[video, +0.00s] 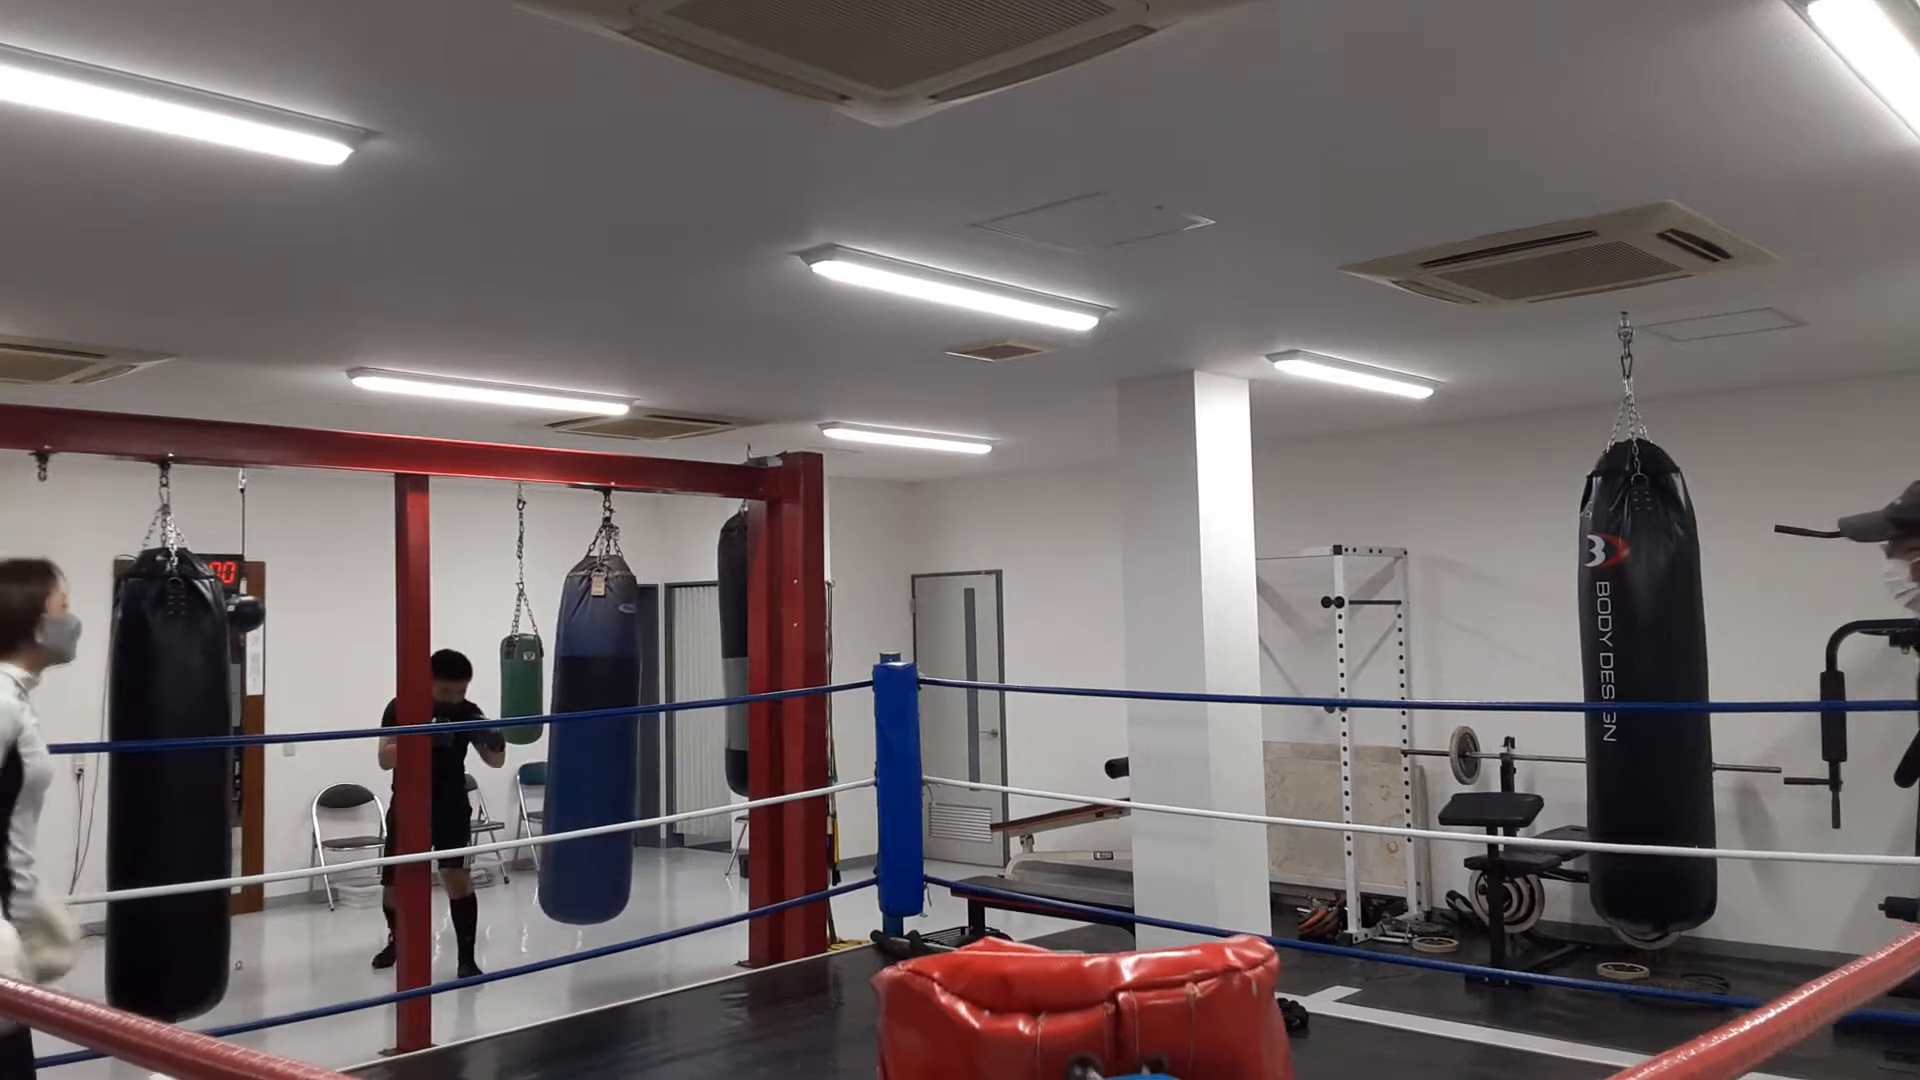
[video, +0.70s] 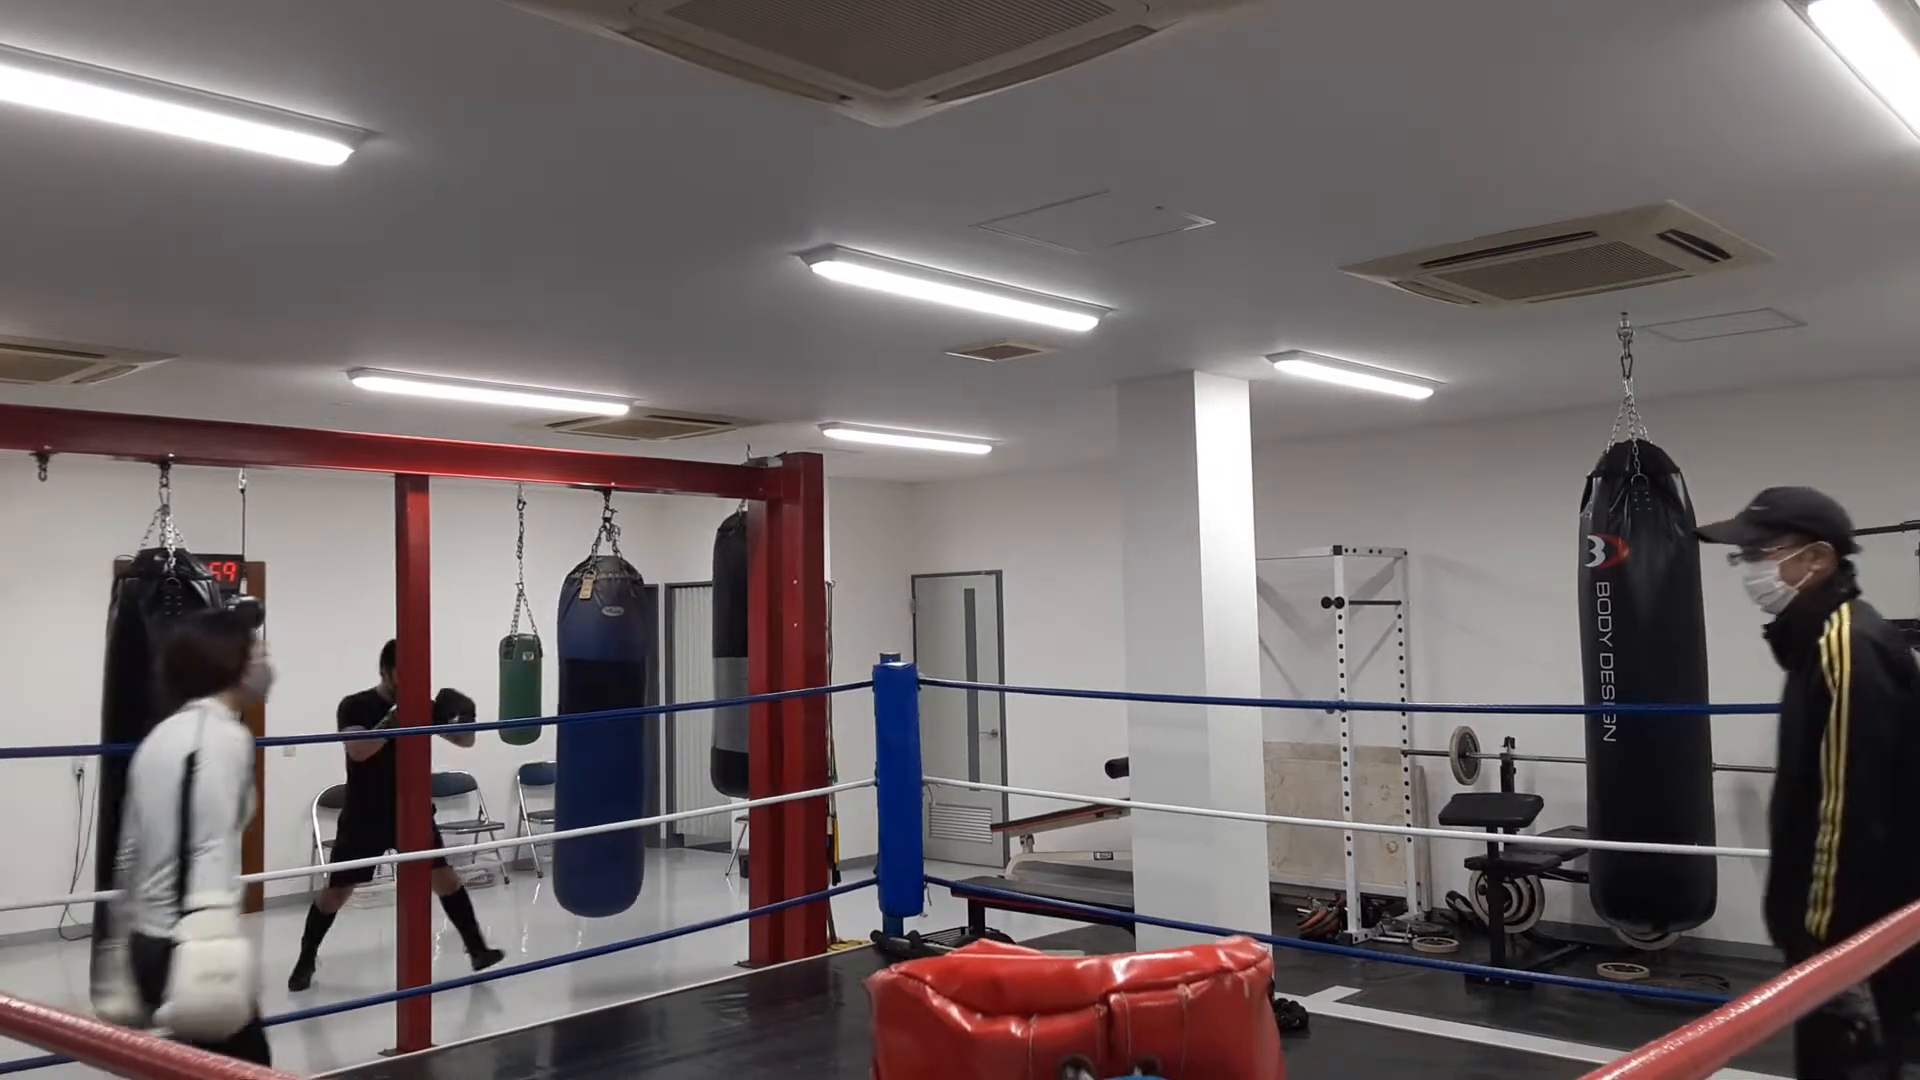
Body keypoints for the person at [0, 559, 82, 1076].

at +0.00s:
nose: (74, 621)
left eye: (69, 607)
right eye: (64, 609)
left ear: (31, 623)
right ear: (36, 622)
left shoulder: (20, 705)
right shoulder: (8, 710)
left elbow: (15, 835)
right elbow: (9, 841)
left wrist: (35, 910)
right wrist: (15, 925)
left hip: (18, 911)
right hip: (7, 922)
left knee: (18, 1061)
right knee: (16, 1064)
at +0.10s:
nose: (84, 658)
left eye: (79, 645)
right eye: (73, 646)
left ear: (34, 660)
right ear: (43, 659)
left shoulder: (26, 740)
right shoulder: (15, 747)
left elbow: (14, 870)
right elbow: (1, 884)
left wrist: (27, 973)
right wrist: (28, 983)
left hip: (18, 944)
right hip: (10, 950)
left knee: (41, 1044)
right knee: (38, 1041)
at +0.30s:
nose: (129, 639)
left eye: (126, 627)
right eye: (120, 629)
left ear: (77, 641)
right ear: (93, 640)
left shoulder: (41, 696)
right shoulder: (65, 709)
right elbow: (49, 830)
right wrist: (64, 936)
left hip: (23, 922)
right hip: (42, 926)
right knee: (40, 1062)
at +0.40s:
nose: (162, 634)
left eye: (159, 622)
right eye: (154, 623)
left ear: (94, 635)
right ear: (128, 636)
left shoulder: (56, 698)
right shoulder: (102, 708)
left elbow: (12, 814)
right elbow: (72, 835)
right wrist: (106, 942)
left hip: (29, 922)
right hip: (71, 927)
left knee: (42, 1067)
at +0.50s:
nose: (197, 665)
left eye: (191, 650)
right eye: (186, 651)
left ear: (127, 669)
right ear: (164, 668)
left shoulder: (100, 739)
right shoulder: (137, 743)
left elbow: (43, 850)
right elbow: (104, 871)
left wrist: (7, 919)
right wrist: (150, 980)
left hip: (53, 962)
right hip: (94, 969)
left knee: (62, 1069)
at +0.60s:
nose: (236, 671)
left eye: (232, 660)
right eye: (227, 661)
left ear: (170, 680)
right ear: (203, 678)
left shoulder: (129, 748)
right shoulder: (179, 752)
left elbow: (97, 867)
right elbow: (162, 875)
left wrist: (57, 946)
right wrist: (177, 980)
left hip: (104, 960)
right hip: (143, 962)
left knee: (122, 1066)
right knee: (225, 1065)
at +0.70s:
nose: (261, 668)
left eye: (258, 657)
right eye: (253, 658)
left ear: (188, 671)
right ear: (234, 671)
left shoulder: (153, 743)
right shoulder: (227, 737)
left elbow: (129, 855)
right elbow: (218, 839)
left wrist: (122, 943)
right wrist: (214, 942)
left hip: (150, 943)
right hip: (200, 944)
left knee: (171, 1068)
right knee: (249, 1066)